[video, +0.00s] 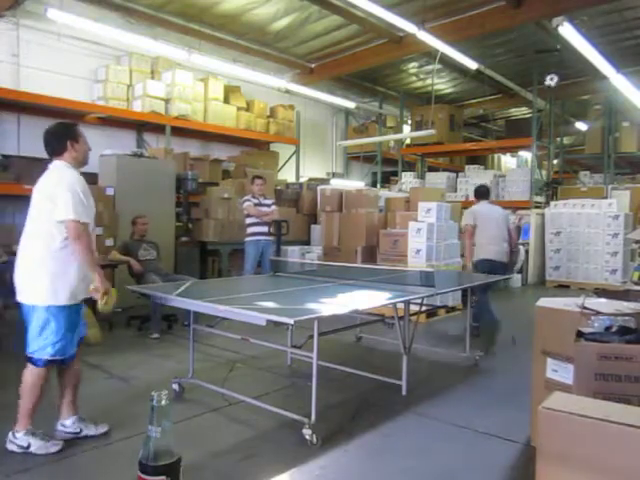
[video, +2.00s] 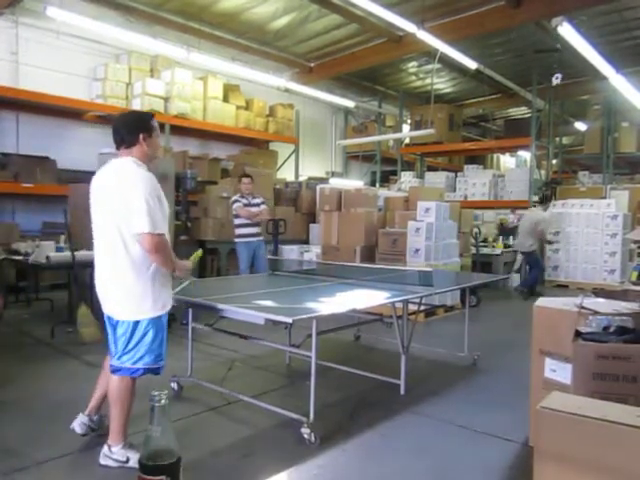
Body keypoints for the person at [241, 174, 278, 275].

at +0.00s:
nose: (259, 187)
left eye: (262, 185)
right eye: (257, 185)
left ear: (265, 186)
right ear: (252, 186)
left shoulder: (270, 201)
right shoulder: (247, 200)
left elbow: (276, 215)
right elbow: (253, 212)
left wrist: (261, 216)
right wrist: (269, 212)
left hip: (268, 238)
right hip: (253, 238)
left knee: (267, 269)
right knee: (249, 269)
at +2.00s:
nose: (247, 186)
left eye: (249, 183)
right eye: (244, 183)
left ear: (253, 185)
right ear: (239, 185)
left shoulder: (259, 199)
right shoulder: (235, 199)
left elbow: (267, 216)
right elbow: (243, 213)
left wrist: (252, 218)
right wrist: (259, 212)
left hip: (258, 239)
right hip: (242, 240)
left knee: (262, 270)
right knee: (245, 271)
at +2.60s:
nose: (260, 188)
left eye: (262, 185)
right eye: (257, 185)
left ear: (266, 186)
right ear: (254, 186)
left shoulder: (272, 201)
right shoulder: (249, 200)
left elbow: (277, 215)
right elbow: (255, 213)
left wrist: (264, 218)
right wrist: (271, 214)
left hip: (269, 239)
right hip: (253, 239)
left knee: (267, 269)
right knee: (250, 269)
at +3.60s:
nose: (252, 187)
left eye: (255, 185)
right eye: (250, 185)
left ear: (258, 186)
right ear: (246, 186)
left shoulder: (264, 202)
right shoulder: (240, 199)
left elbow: (269, 216)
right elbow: (246, 212)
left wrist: (254, 217)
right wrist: (262, 214)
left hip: (261, 239)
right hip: (245, 239)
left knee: (263, 269)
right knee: (247, 270)